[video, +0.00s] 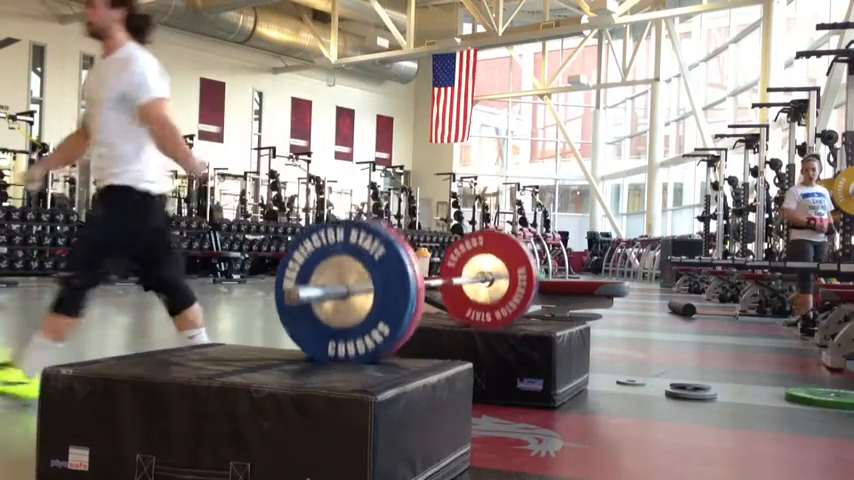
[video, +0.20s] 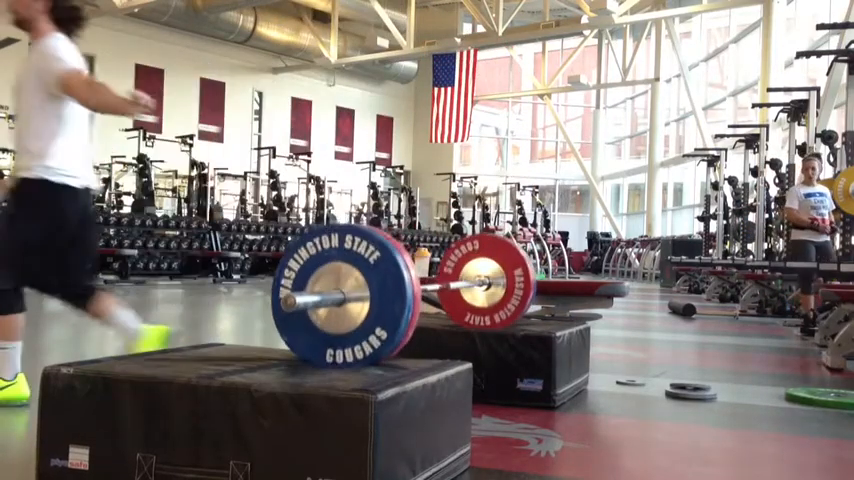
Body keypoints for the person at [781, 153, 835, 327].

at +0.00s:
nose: (810, 172)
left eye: (814, 169)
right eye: (807, 169)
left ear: (819, 171)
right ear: (802, 170)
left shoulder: (823, 191)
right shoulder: (794, 191)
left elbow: (828, 215)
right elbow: (787, 214)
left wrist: (829, 224)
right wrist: (810, 223)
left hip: (820, 239)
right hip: (801, 238)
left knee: (812, 277)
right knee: (806, 277)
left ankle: (803, 315)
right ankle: (808, 317)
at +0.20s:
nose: (810, 172)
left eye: (813, 169)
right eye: (807, 169)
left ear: (819, 171)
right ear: (802, 170)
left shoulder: (825, 190)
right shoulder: (795, 190)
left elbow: (829, 213)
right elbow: (790, 214)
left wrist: (831, 224)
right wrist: (813, 224)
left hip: (823, 238)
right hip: (803, 238)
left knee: (830, 274)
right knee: (807, 277)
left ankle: (821, 311)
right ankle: (808, 318)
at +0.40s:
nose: (809, 171)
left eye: (812, 168)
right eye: (806, 168)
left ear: (819, 170)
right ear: (802, 170)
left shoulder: (826, 190)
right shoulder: (796, 190)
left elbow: (831, 213)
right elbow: (790, 215)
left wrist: (834, 224)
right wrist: (814, 223)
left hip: (825, 238)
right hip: (805, 238)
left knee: (831, 276)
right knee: (807, 278)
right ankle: (809, 318)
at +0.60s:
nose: (809, 172)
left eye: (813, 168)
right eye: (806, 168)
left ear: (820, 169)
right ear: (802, 170)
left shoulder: (827, 189)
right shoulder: (797, 190)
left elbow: (835, 212)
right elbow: (790, 213)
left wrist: (838, 224)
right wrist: (812, 221)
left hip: (827, 238)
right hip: (806, 238)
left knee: (831, 276)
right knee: (808, 278)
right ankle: (809, 318)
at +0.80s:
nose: (813, 171)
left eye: (816, 167)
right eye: (810, 168)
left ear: (822, 169)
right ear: (806, 170)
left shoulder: (830, 189)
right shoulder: (799, 188)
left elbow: (836, 210)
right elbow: (781, 207)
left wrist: (839, 222)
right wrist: (800, 217)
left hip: (829, 237)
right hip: (808, 237)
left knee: (833, 275)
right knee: (809, 277)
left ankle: (801, 295)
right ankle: (809, 318)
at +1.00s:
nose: (816, 171)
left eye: (819, 167)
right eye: (813, 167)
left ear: (825, 169)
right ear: (809, 169)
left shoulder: (833, 188)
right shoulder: (800, 188)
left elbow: (839, 209)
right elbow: (781, 206)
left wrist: (841, 221)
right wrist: (798, 216)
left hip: (831, 238)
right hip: (809, 238)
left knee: (833, 277)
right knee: (809, 277)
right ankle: (809, 318)